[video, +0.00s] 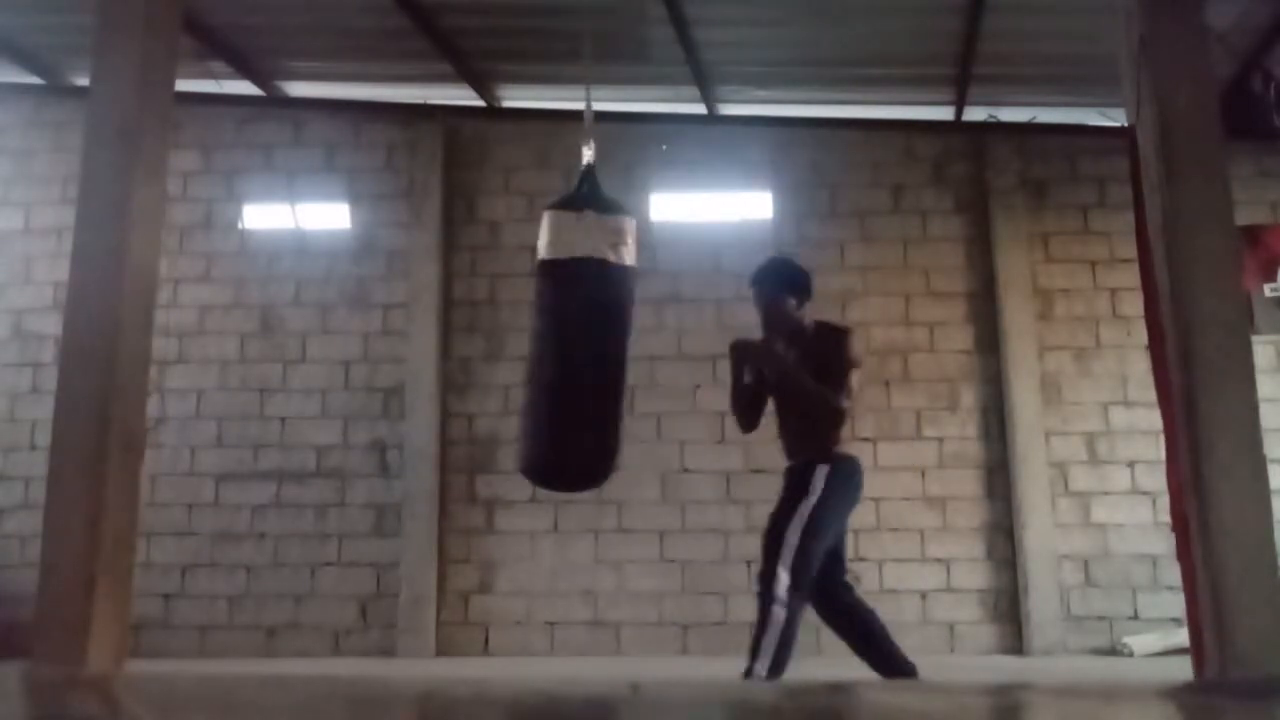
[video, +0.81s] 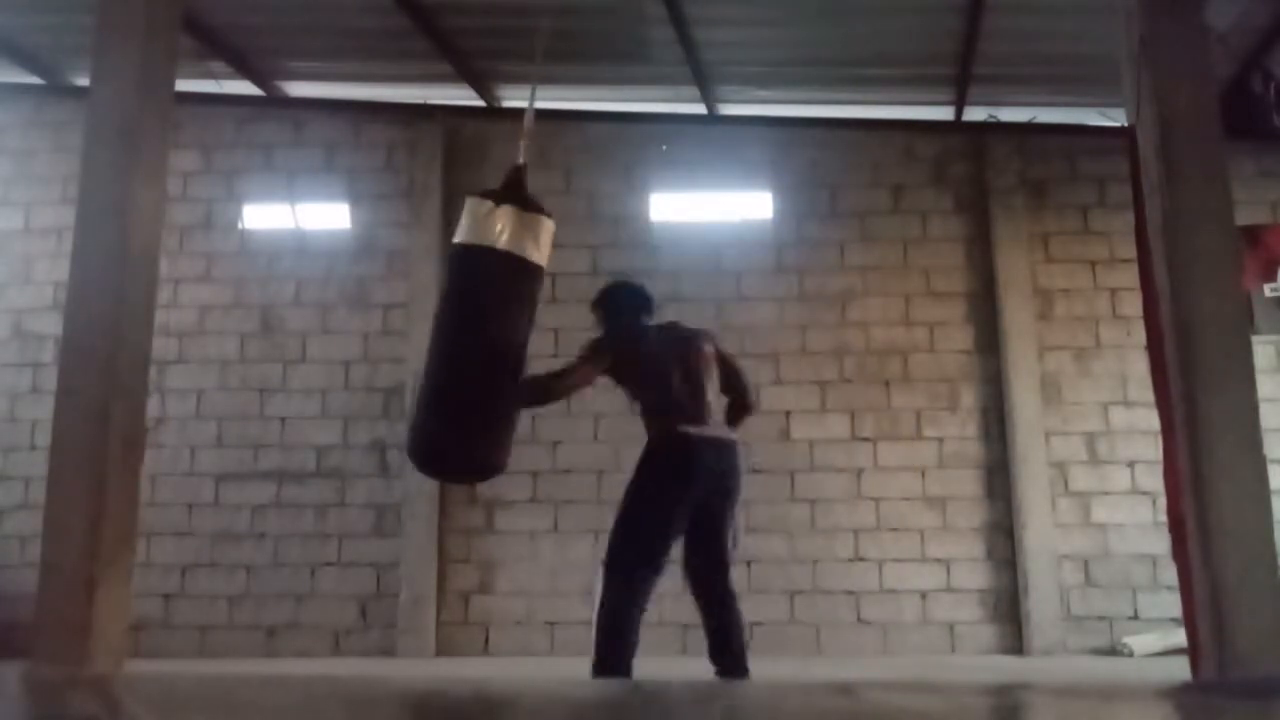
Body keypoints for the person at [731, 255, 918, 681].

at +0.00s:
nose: (760, 310)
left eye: (766, 300)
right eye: (758, 300)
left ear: (791, 299)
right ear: (765, 300)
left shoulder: (828, 339)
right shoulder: (768, 348)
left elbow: (834, 411)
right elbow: (747, 419)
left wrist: (779, 364)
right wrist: (745, 370)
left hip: (828, 471)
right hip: (805, 472)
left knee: (782, 577)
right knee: (827, 587)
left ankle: (756, 690)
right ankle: (906, 681)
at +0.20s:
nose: (700, 323)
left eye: (704, 314)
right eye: (700, 314)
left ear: (722, 313)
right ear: (733, 314)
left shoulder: (774, 343)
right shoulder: (720, 358)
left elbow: (794, 403)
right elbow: (714, 432)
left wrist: (731, 367)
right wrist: (692, 391)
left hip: (790, 473)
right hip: (783, 475)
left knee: (725, 575)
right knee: (779, 597)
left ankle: (735, 692)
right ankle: (889, 669)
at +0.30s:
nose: (671, 312)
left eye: (674, 301)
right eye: (670, 302)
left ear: (692, 299)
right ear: (706, 297)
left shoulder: (748, 326)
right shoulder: (699, 343)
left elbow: (754, 392)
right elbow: (702, 417)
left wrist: (694, 351)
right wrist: (670, 371)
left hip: (781, 459)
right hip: (765, 459)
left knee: (728, 577)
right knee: (742, 578)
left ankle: (737, 691)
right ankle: (838, 668)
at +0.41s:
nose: (648, 304)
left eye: (654, 291)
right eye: (647, 293)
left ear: (680, 286)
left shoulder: (730, 317)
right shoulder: (684, 334)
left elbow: (719, 390)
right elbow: (691, 406)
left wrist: (667, 346)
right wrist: (654, 355)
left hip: (770, 447)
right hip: (747, 449)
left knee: (732, 561)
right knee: (713, 566)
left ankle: (745, 683)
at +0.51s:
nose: (643, 308)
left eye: (647, 295)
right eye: (640, 297)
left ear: (673, 288)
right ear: (666, 294)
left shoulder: (719, 320)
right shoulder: (683, 339)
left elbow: (706, 397)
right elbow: (676, 407)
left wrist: (649, 355)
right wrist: (645, 356)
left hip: (748, 453)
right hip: (731, 454)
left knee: (703, 555)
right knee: (693, 557)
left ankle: (730, 678)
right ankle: (726, 676)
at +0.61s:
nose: (633, 315)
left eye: (637, 303)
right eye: (632, 304)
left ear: (662, 298)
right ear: (668, 299)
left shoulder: (697, 339)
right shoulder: (692, 346)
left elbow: (661, 415)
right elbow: (657, 419)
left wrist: (629, 364)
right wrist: (633, 366)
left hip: (715, 464)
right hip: (739, 467)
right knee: (686, 573)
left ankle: (684, 666)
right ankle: (729, 671)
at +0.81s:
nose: (600, 327)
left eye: (601, 319)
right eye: (598, 320)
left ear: (615, 316)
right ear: (646, 311)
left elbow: (558, 385)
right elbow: (743, 398)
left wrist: (502, 393)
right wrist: (720, 428)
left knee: (629, 568)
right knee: (710, 570)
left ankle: (611, 684)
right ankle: (735, 679)